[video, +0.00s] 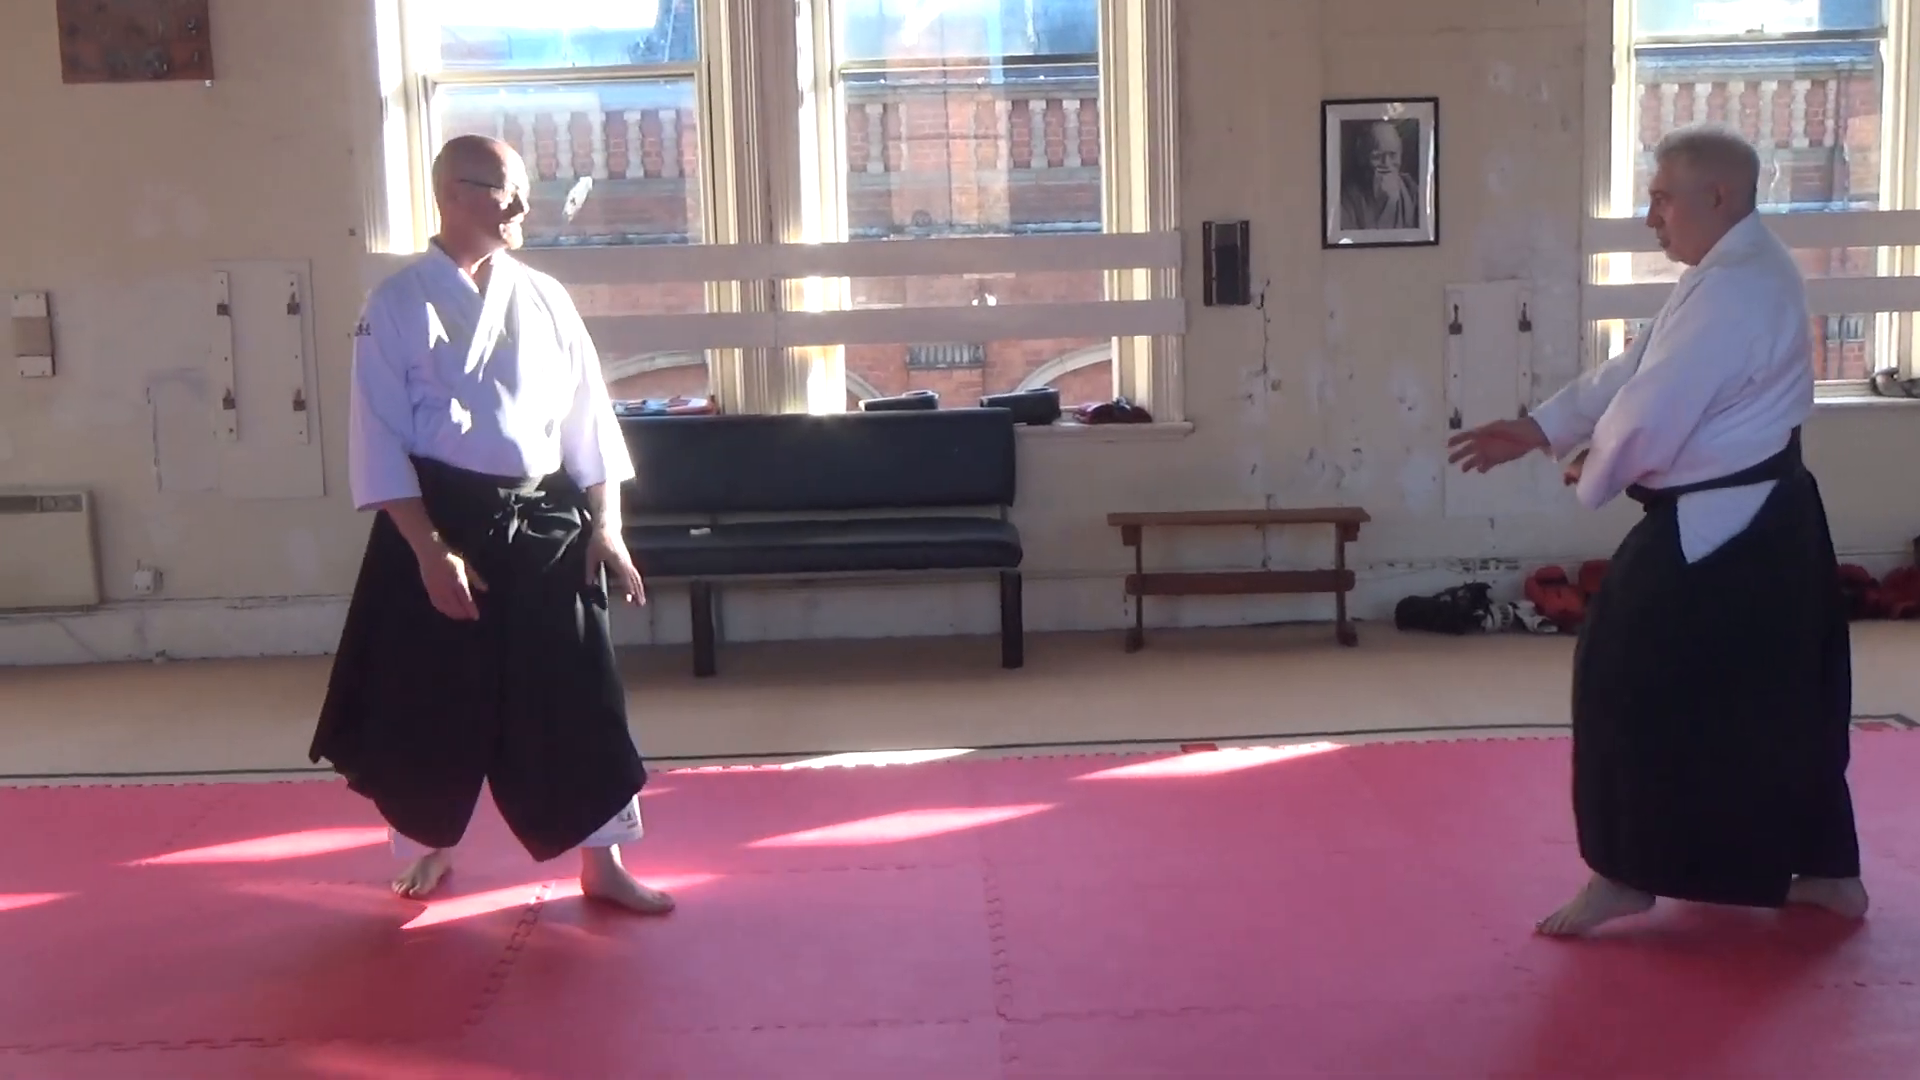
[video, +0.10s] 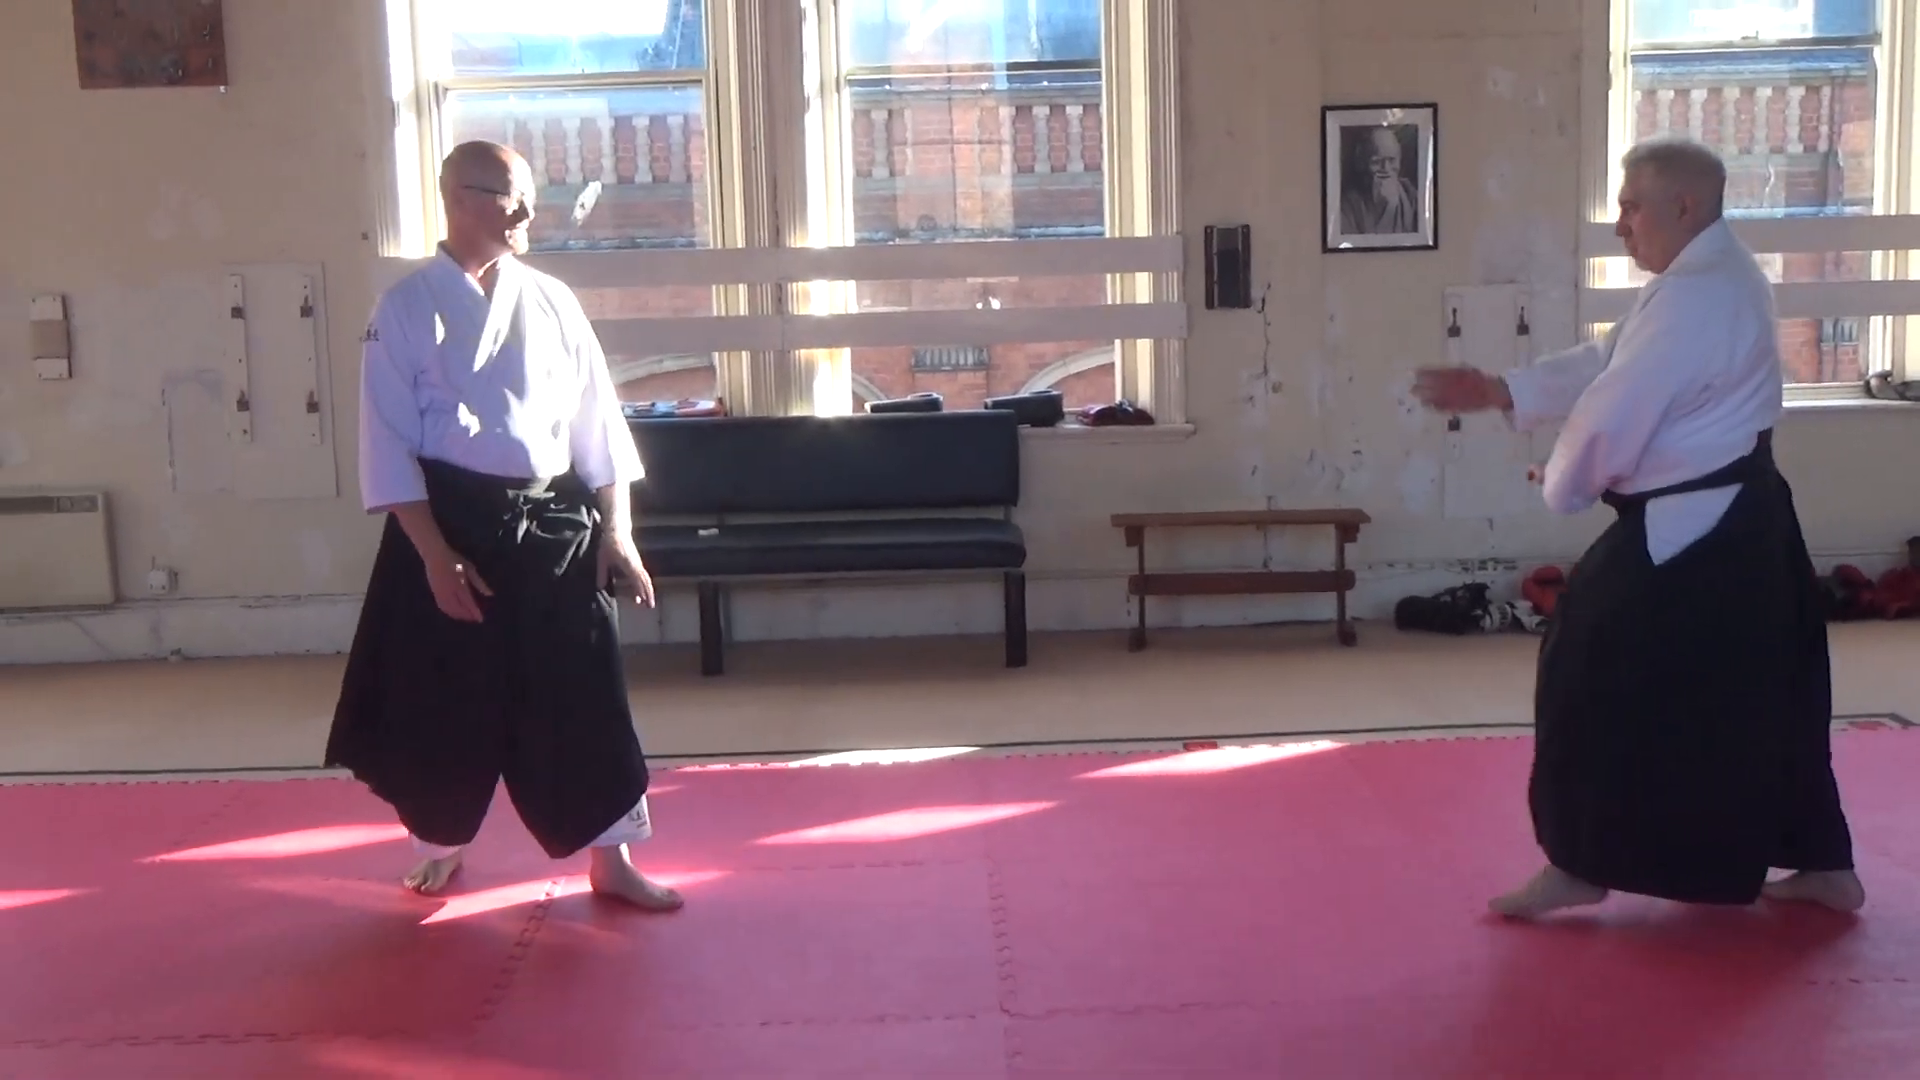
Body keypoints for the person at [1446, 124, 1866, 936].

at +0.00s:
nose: (1651, 215)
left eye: (1663, 198)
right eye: (1652, 199)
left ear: (1719, 198)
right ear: (1723, 199)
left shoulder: (1728, 290)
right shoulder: (1746, 268)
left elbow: (1642, 423)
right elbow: (1634, 362)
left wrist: (1595, 475)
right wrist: (1537, 427)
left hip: (1710, 520)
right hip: (1770, 509)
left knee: (1616, 673)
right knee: (1794, 695)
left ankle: (1624, 869)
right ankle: (1828, 869)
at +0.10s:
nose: (1619, 223)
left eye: (1631, 208)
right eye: (1620, 207)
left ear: (1685, 210)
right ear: (1688, 210)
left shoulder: (1688, 297)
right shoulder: (1718, 273)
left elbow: (1607, 421)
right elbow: (1609, 357)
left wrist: (1564, 485)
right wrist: (1499, 390)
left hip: (1689, 523)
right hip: (1746, 508)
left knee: (1577, 662)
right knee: (1777, 689)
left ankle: (1576, 864)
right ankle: (1827, 864)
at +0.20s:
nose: (1583, 232)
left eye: (1595, 216)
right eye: (1583, 215)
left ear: (1646, 219)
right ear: (1656, 221)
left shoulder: (1645, 307)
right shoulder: (1697, 279)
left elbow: (1566, 423)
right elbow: (1581, 351)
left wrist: (1511, 478)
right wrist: (1486, 313)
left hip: (1661, 531)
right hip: (1727, 515)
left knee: (1548, 665)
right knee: (1767, 690)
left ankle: (1507, 856)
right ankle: (1830, 861)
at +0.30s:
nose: (1526, 242)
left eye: (1537, 226)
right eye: (1527, 225)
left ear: (1588, 231)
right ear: (1599, 229)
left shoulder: (1585, 317)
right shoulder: (1637, 286)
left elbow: (1504, 420)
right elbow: (1538, 324)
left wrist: (1423, 475)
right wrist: (1470, 259)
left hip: (1618, 534)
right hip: (1681, 516)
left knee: (1498, 666)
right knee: (1744, 691)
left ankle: (1446, 853)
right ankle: (1830, 855)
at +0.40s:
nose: (1441, 254)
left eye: (1455, 237)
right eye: (1440, 238)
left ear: (1505, 243)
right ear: (1512, 241)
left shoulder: (1489, 338)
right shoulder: (1552, 294)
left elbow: (1395, 430)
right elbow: (1465, 291)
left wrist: (1310, 472)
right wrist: (1422, 221)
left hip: (1536, 542)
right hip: (1599, 519)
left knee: (1429, 666)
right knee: (1681, 678)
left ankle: (1424, 853)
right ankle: (1791, 828)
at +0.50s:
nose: (1333, 279)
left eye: (1342, 267)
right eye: (1333, 266)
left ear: (1381, 270)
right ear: (1397, 270)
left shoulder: (1374, 351)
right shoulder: (1434, 315)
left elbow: (1293, 437)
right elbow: (1356, 271)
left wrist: (1210, 483)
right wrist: (1333, 221)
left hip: (1425, 542)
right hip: (1471, 522)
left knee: (1349, 671)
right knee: (1541, 658)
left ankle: (1382, 832)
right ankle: (1634, 761)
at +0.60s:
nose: (1265, 283)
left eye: (1274, 269)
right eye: (1265, 269)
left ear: (1311, 275)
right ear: (1329, 272)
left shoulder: (1318, 348)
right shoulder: (1352, 319)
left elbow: (1252, 442)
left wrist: (1167, 499)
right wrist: (1274, 221)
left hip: (1354, 538)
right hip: (1384, 521)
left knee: (1333, 674)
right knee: (1374, 672)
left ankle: (1372, 823)